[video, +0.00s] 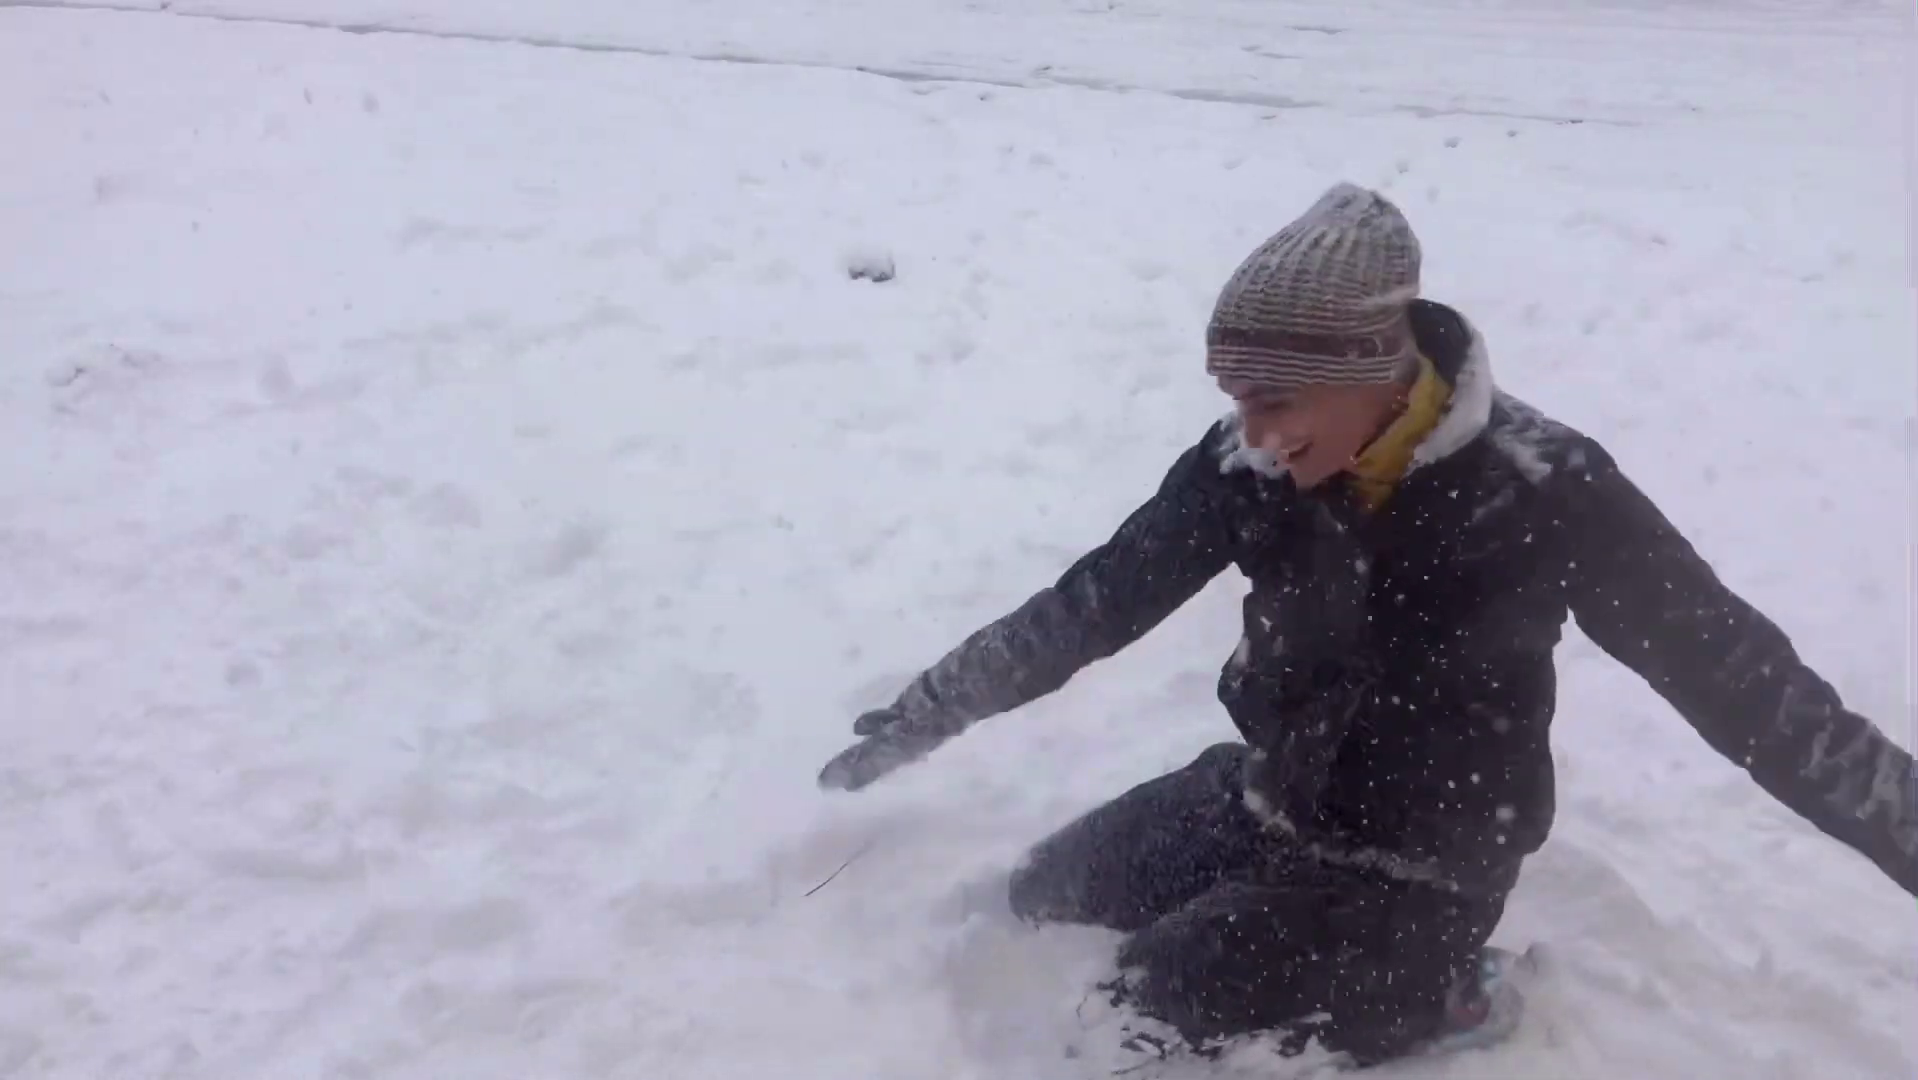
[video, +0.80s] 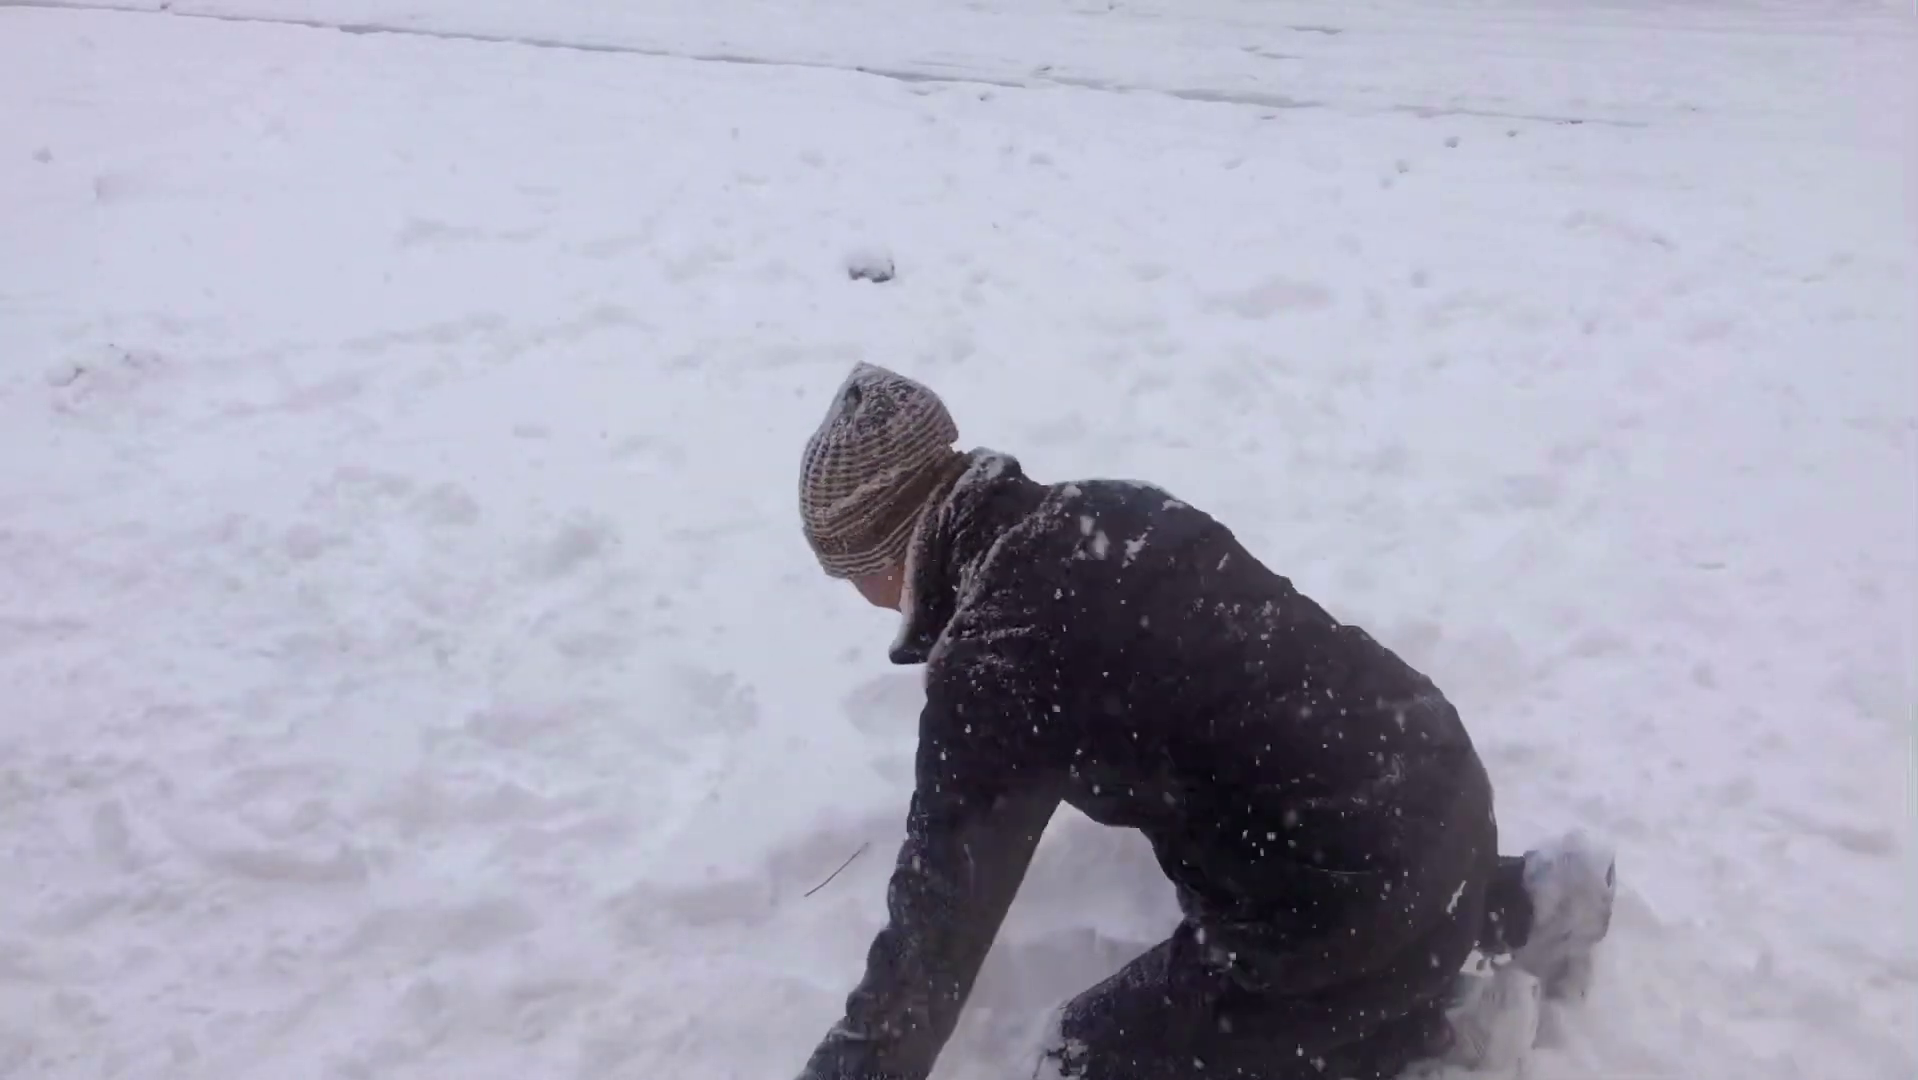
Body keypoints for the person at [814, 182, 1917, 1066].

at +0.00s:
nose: (1252, 435)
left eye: (1276, 401)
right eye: (1241, 404)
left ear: (1377, 365)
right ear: (1245, 386)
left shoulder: (1548, 495)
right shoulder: (1253, 462)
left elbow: (1763, 700)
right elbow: (1088, 609)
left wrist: (1908, 834)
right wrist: (913, 718)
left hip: (1402, 879)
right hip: (1252, 793)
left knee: (1134, 1017)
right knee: (1017, 912)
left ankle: (1432, 997)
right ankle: (1281, 883)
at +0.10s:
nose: (1212, 476)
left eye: (1228, 445)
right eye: (1205, 446)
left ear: (1324, 410)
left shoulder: (1522, 547)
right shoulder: (1279, 477)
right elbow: (1167, 558)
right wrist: (1054, 616)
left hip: (1381, 900)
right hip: (1246, 797)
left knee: (1113, 1025)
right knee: (1039, 898)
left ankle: (1422, 1001)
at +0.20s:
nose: (1156, 506)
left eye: (1166, 478)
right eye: (1148, 479)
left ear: (1258, 454)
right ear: (1248, 452)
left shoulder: (1440, 590)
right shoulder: (1279, 496)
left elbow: (1472, 881)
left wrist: (1443, 1064)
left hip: (1364, 906)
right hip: (1257, 794)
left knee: (1116, 1030)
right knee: (1045, 901)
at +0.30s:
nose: (1090, 520)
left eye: (1095, 492)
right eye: (1081, 496)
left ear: (1174, 465)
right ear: (1192, 450)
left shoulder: (1308, 633)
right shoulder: (1315, 460)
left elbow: (1269, 902)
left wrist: (1180, 1047)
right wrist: (1447, 607)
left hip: (1418, 880)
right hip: (1321, 765)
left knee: (1132, 1021)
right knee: (1074, 884)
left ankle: (1436, 1009)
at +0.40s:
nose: (1016, 538)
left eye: (1020, 510)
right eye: (1009, 514)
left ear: (1094, 481)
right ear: (1135, 456)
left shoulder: (1193, 656)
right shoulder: (1296, 479)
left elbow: (1089, 931)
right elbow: (1419, 624)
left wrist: (964, 1067)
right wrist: (1520, 696)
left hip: (1387, 950)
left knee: (1113, 1028)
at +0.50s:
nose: (951, 546)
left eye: (948, 519)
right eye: (939, 522)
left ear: (1001, 502)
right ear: (1071, 444)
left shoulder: (1095, 649)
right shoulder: (1247, 479)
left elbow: (989, 935)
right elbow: (1378, 649)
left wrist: (862, 1070)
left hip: (1381, 924)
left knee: (1112, 1044)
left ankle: (1396, 1009)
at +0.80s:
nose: (873, 599)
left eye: (860, 572)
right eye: (853, 579)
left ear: (890, 542)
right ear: (947, 479)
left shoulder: (991, 667)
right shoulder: (1113, 508)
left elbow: (933, 940)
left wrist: (851, 1064)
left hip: (1356, 918)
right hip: (1443, 791)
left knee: (1092, 1048)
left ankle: (1411, 1018)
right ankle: (1517, 900)